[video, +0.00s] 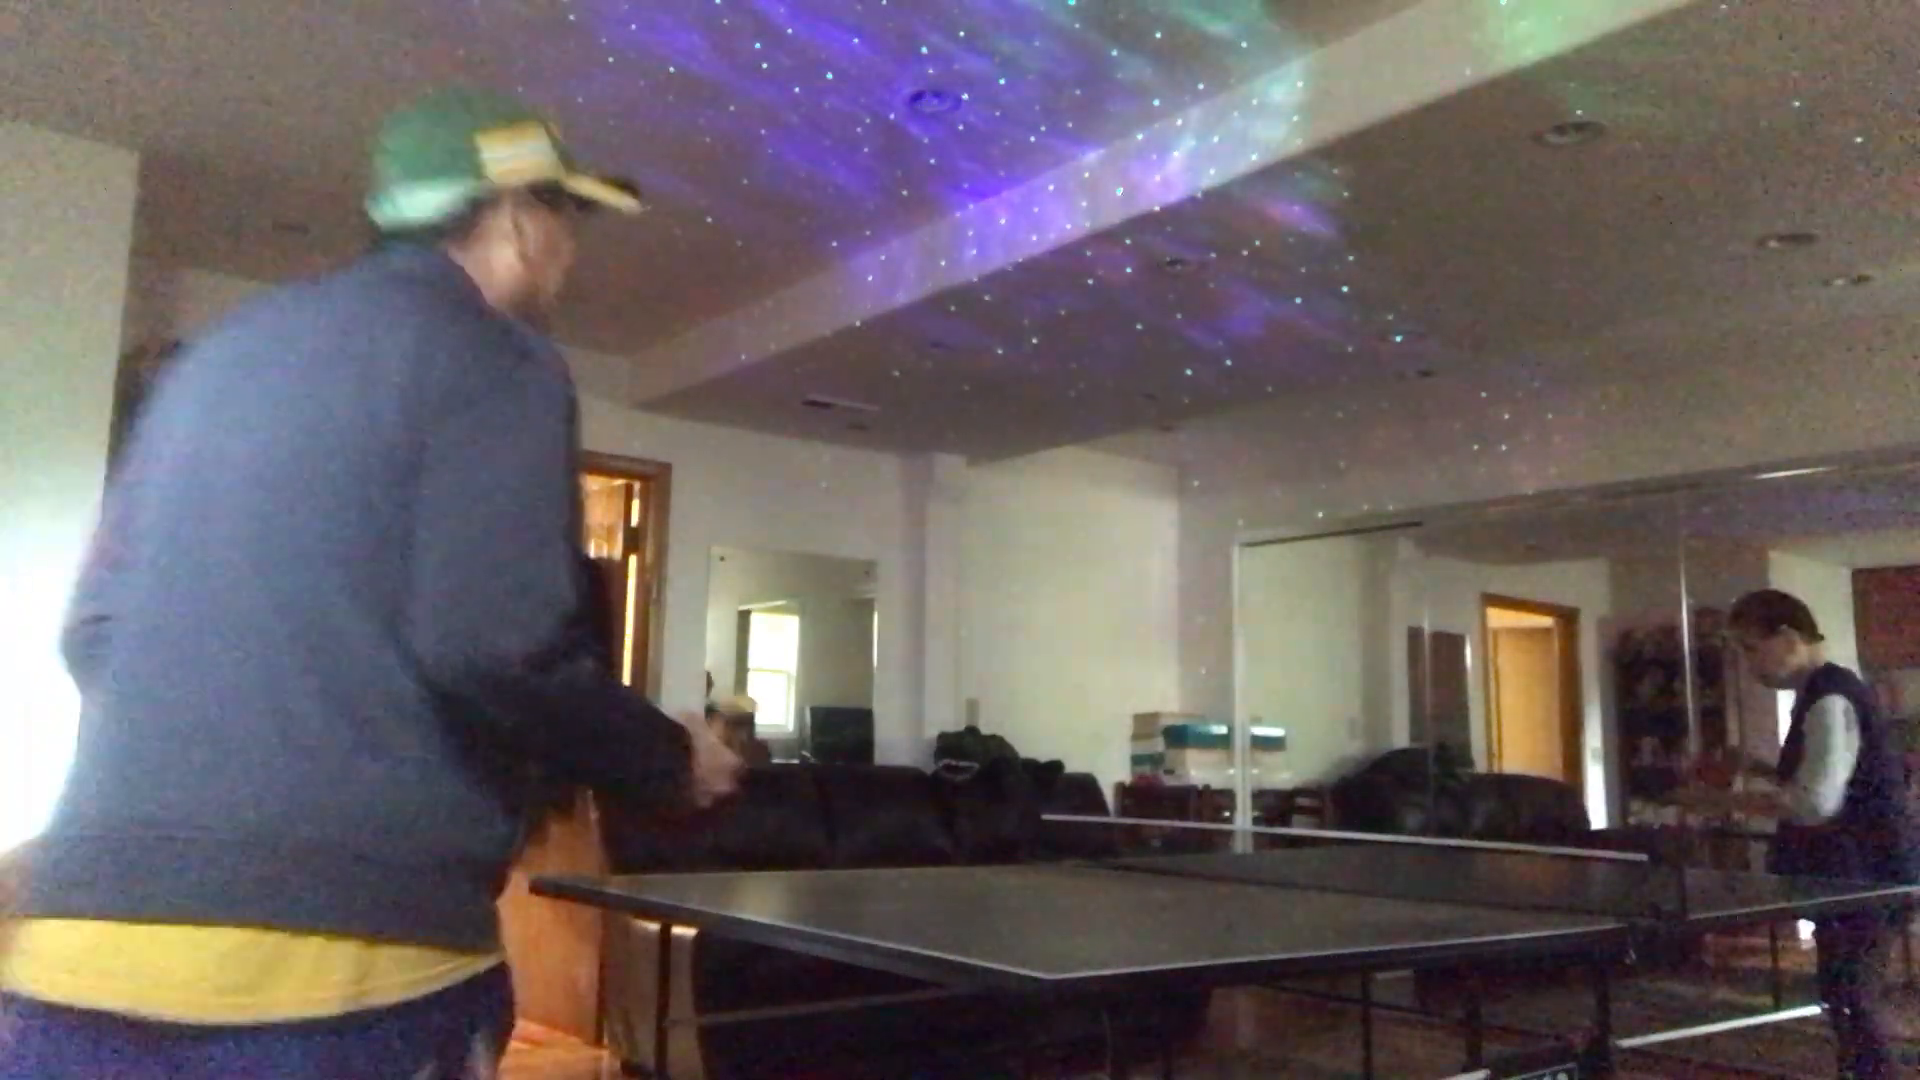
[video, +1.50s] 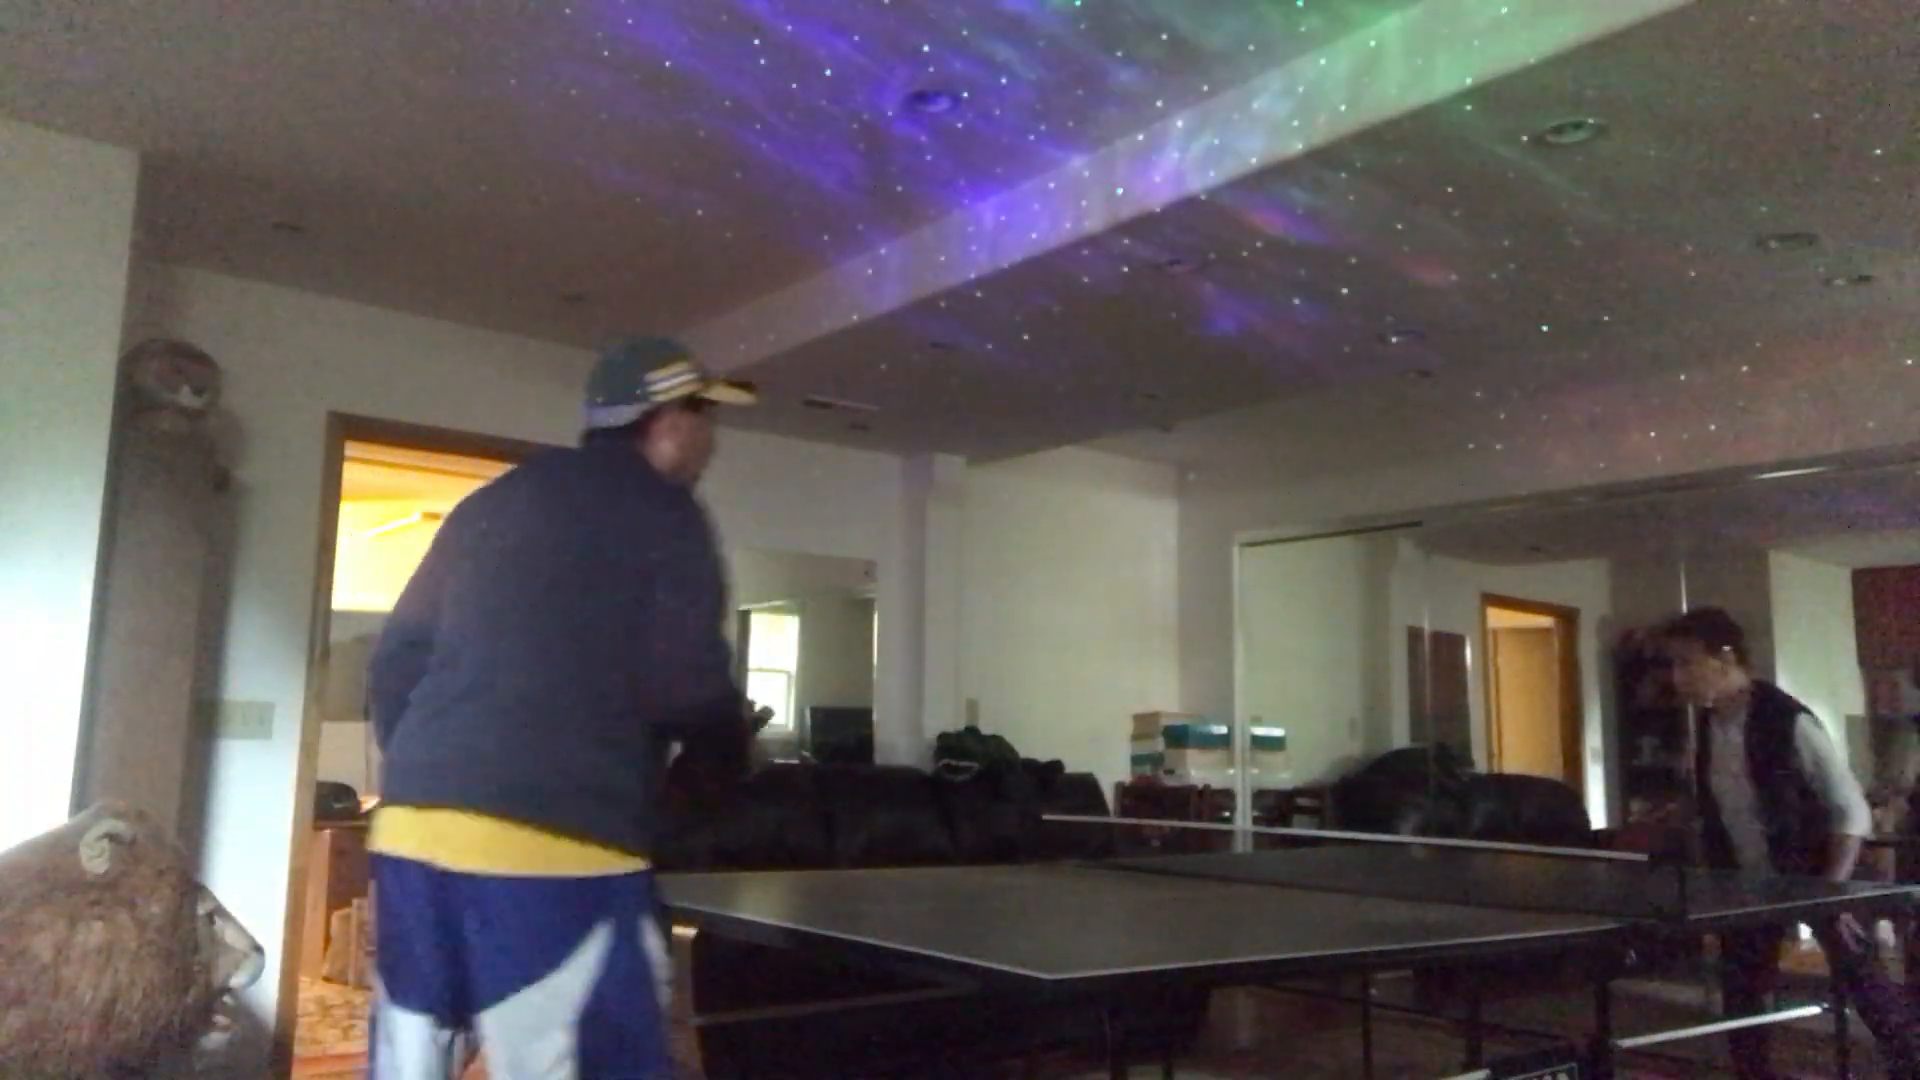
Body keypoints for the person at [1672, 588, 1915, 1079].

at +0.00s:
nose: (1748, 664)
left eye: (1751, 648)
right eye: (1744, 652)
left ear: (1786, 637)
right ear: (1791, 640)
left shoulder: (1831, 696)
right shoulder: (1821, 694)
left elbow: (1817, 802)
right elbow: (1804, 786)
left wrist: (1734, 798)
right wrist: (1746, 769)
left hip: (1861, 887)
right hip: (1848, 886)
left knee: (1853, 1006)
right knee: (1849, 1004)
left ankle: (1870, 1072)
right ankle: (1867, 1071)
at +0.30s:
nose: (1735, 655)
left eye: (1740, 641)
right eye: (1732, 644)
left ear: (1778, 632)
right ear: (1772, 637)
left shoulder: (1840, 697)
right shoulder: (1771, 712)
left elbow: (1846, 791)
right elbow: (1759, 789)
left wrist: (1756, 780)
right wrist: (1713, 779)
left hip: (1866, 877)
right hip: (1818, 877)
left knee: (1859, 997)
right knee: (1830, 988)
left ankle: (1881, 1068)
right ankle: (1866, 1066)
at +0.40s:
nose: (1730, 654)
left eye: (1739, 639)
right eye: (1726, 642)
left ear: (1780, 634)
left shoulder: (1837, 696)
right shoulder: (1757, 714)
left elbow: (1905, 786)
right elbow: (1764, 797)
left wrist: (1830, 791)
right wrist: (1745, 806)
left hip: (1860, 879)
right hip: (1797, 878)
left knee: (1862, 1010)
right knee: (1806, 1006)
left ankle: (1878, 1070)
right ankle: (1842, 1067)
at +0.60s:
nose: (1726, 658)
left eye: (1738, 643)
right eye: (1721, 646)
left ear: (1779, 644)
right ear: (1717, 653)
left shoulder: (1837, 707)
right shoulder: (1733, 724)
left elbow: (1908, 768)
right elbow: (1736, 805)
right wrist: (1761, 839)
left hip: (1856, 871)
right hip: (1783, 876)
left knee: (1860, 1000)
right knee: (1787, 1001)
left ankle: (1882, 1072)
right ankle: (1808, 1071)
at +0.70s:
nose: (1724, 659)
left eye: (1736, 645)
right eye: (1719, 648)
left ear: (1777, 650)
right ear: (1712, 659)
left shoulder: (1835, 712)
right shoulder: (1718, 724)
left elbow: (1905, 778)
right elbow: (1710, 801)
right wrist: (1726, 826)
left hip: (1857, 864)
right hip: (1781, 869)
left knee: (1867, 986)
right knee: (1781, 986)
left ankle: (1891, 1062)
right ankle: (1803, 1068)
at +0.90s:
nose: (1728, 662)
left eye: (1740, 647)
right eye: (1720, 651)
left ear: (1780, 651)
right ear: (1713, 662)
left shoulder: (1835, 713)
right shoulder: (1717, 725)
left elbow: (1894, 796)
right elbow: (1715, 812)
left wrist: (1899, 877)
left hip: (1850, 873)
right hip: (1772, 878)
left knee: (1884, 983)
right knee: (1779, 990)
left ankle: (1913, 1062)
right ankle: (1798, 1070)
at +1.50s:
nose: (1677, 677)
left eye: (1686, 662)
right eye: (1674, 664)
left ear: (1724, 658)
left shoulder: (1790, 720)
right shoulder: (1702, 724)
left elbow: (1852, 812)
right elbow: (1707, 805)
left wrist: (1829, 895)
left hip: (1813, 877)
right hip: (1748, 881)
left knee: (1869, 991)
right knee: (1742, 1002)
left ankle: (1906, 1063)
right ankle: (1751, 1071)